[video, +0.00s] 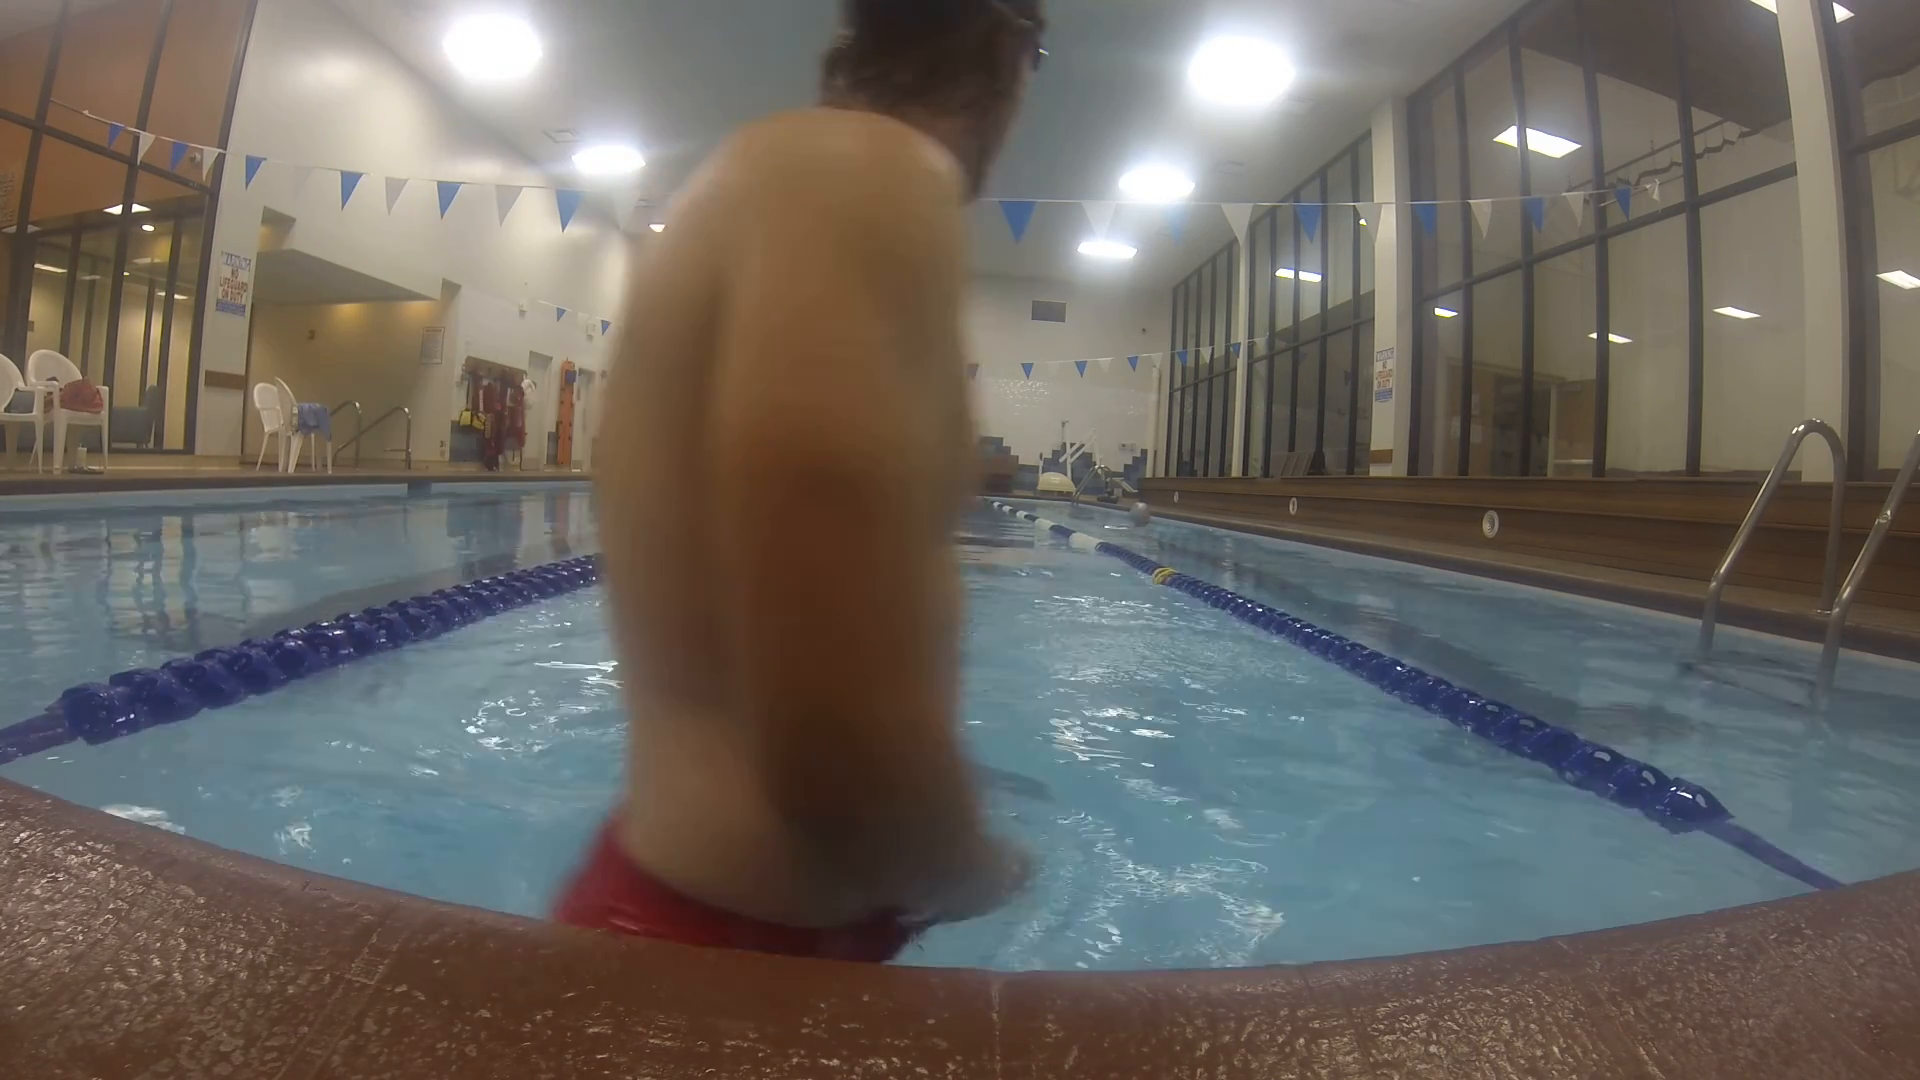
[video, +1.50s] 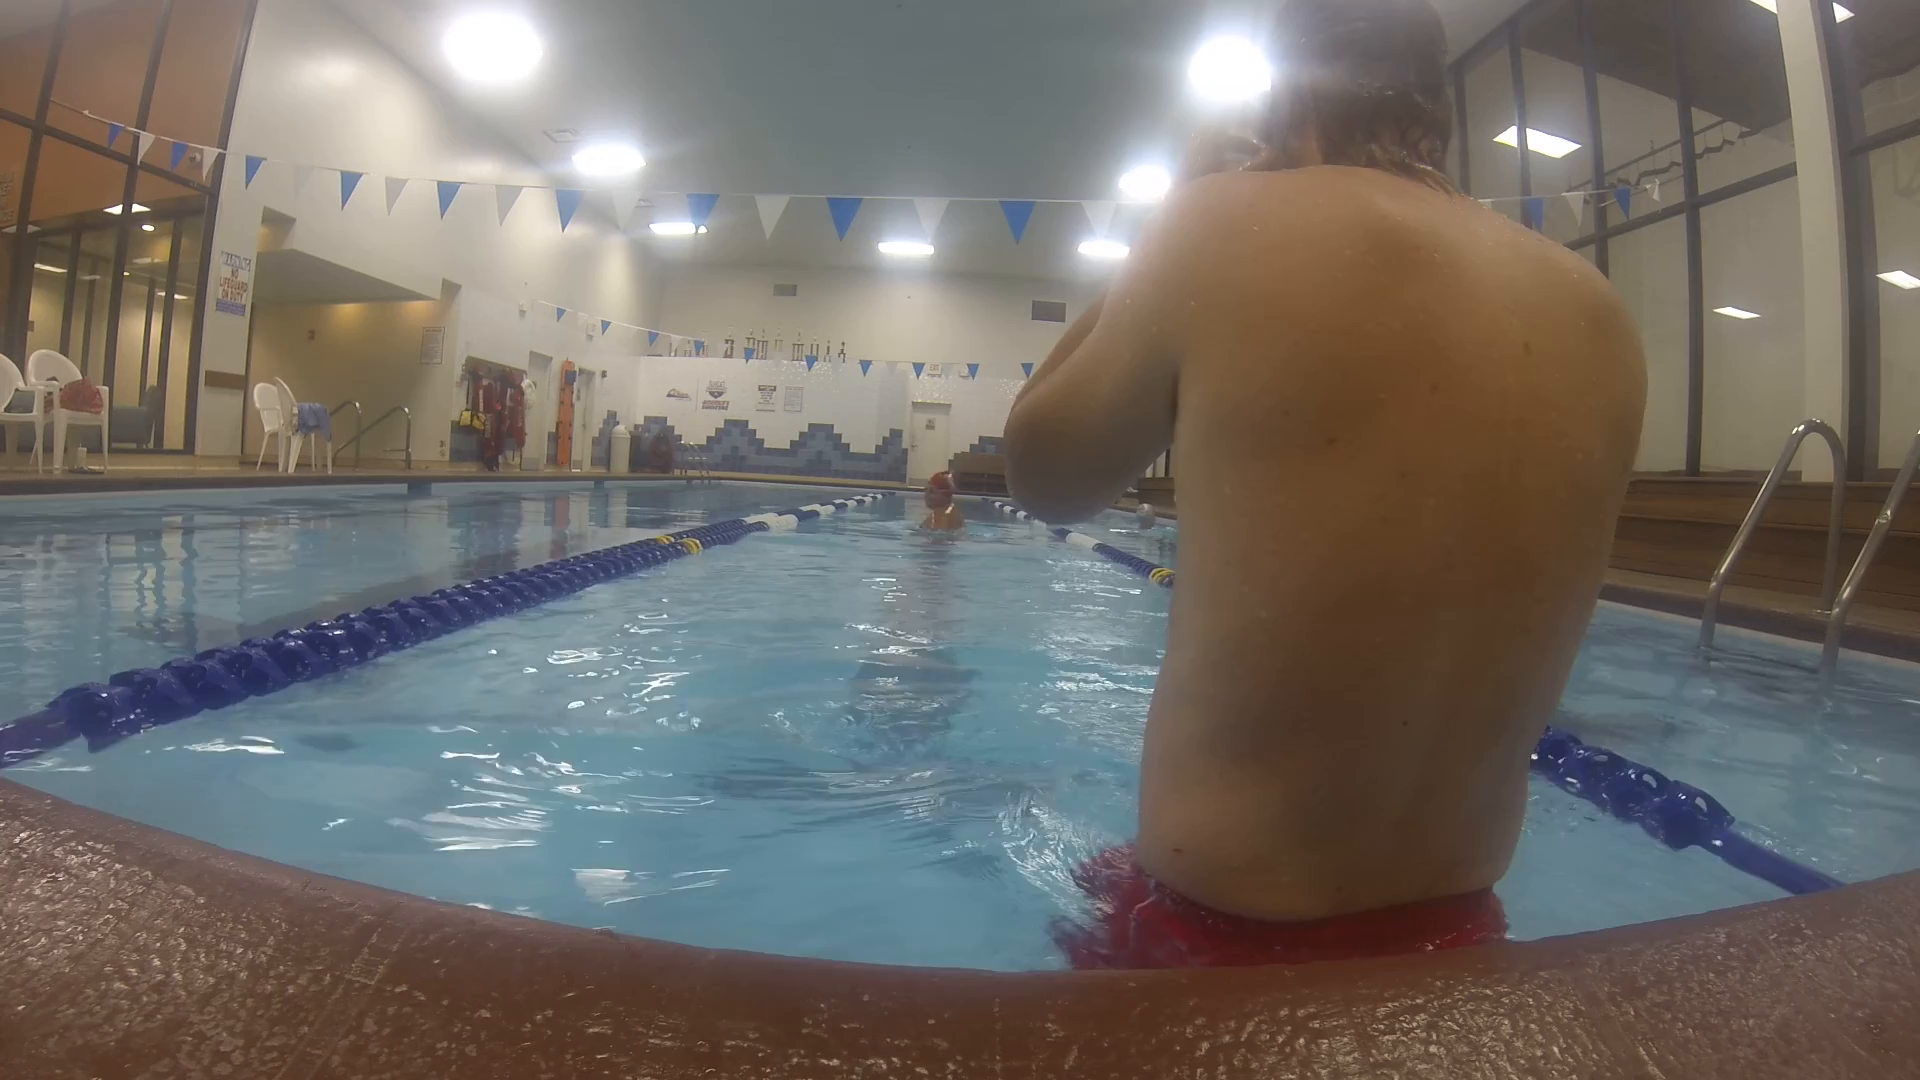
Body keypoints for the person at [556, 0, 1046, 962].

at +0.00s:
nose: (1022, 101)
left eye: (1030, 69)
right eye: (1031, 66)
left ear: (851, 55)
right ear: (1010, 56)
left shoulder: (753, 177)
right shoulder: (859, 172)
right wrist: (948, 861)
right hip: (754, 935)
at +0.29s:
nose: (1110, 118)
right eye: (1110, 96)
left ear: (935, 92)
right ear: (1092, 83)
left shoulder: (818, 270)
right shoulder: (1059, 223)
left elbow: (721, 588)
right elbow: (1140, 739)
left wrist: (929, 543)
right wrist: (1245, 580)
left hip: (825, 906)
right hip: (978, 953)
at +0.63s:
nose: (1235, 91)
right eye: (1223, 63)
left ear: (1040, 82)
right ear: (1198, 78)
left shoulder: (872, 260)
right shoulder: (1271, 242)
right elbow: (1399, 528)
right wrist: (1266, 202)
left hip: (899, 924)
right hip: (1139, 967)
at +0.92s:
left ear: (1112, 112)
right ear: (1306, 127)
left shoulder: (979, 257)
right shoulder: (1447, 289)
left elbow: (949, 487)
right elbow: (1455, 515)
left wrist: (1070, 200)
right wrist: (1335, 207)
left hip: (1029, 942)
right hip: (1304, 965)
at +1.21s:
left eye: (1231, 95)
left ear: (1238, 106)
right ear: (1406, 120)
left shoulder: (1149, 239)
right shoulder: (1567, 316)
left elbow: (1004, 479)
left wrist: (1161, 202)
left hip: (1145, 948)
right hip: (1418, 955)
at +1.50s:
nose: (1243, 115)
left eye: (1255, 94)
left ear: (1273, 101)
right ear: (1440, 121)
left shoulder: (1223, 227)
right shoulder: (1597, 311)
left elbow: (1046, 475)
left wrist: (1185, 217)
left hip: (1193, 945)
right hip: (1455, 948)